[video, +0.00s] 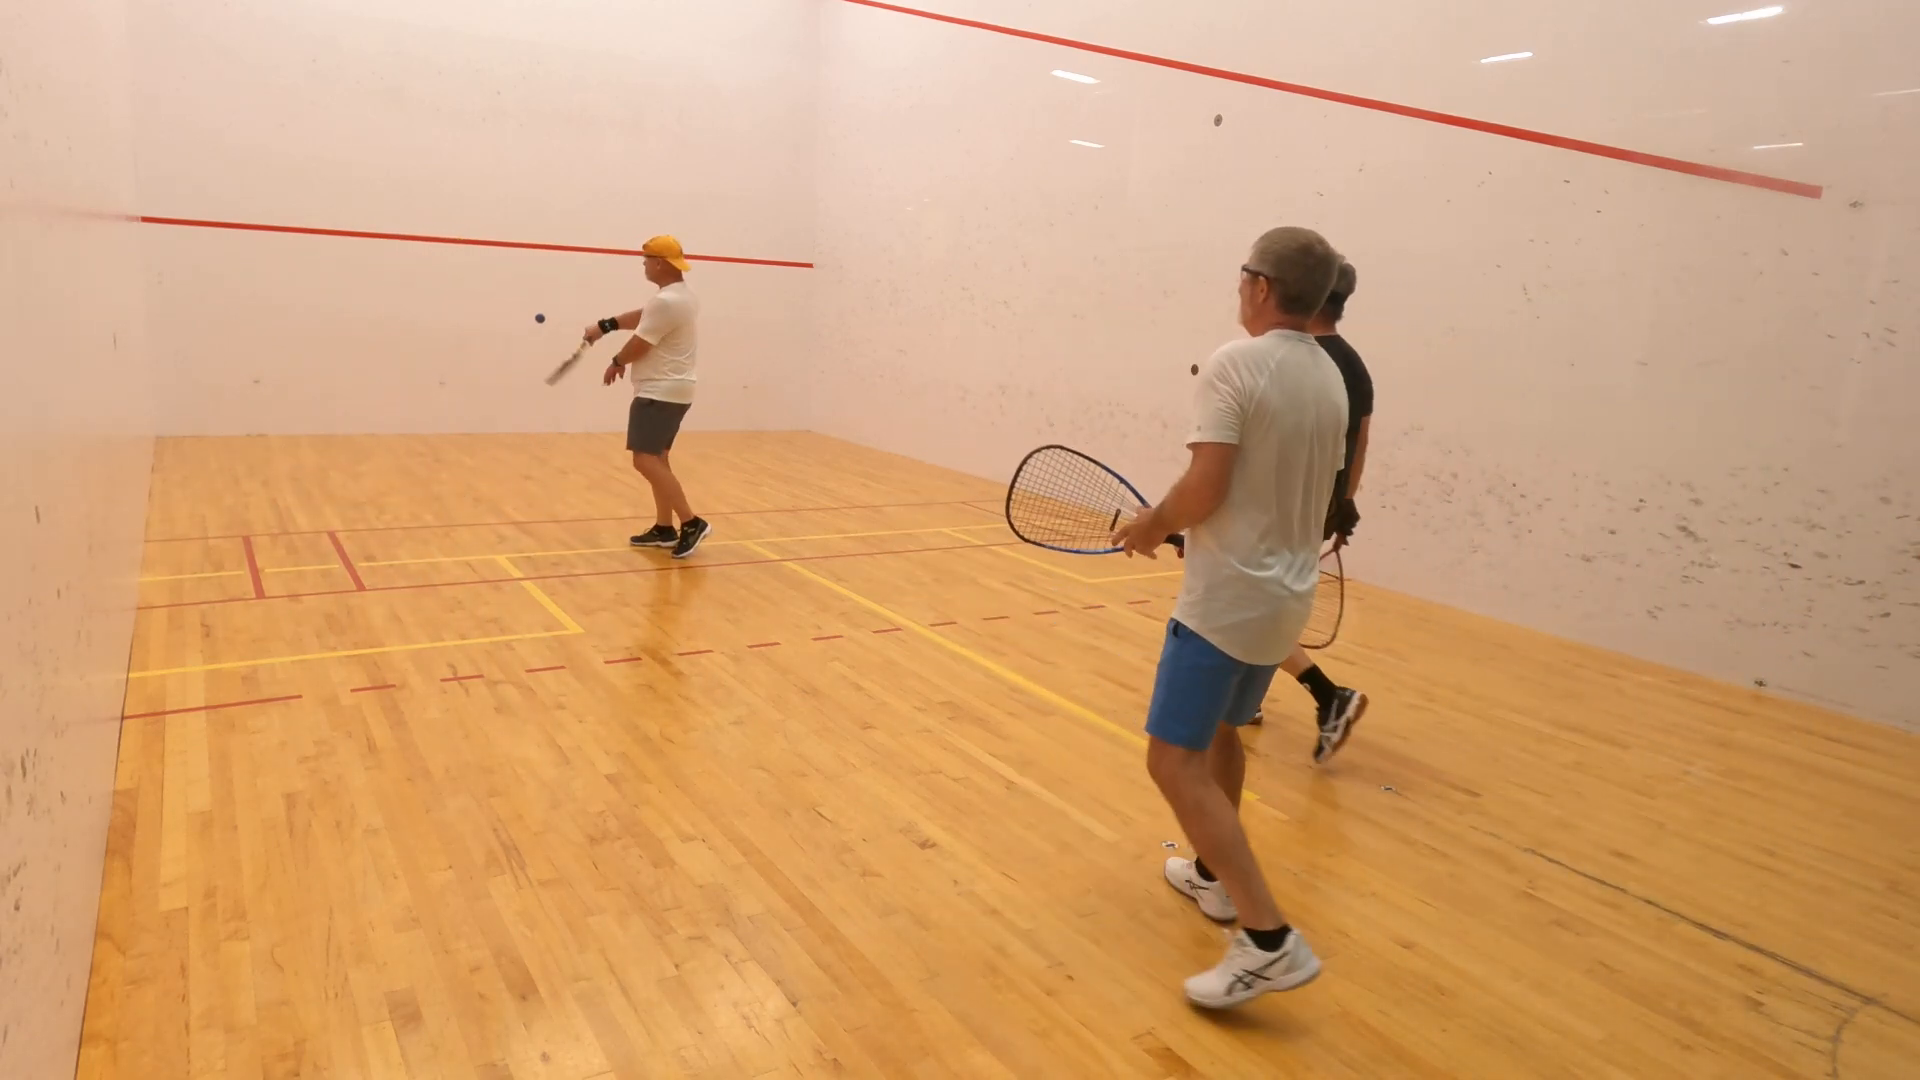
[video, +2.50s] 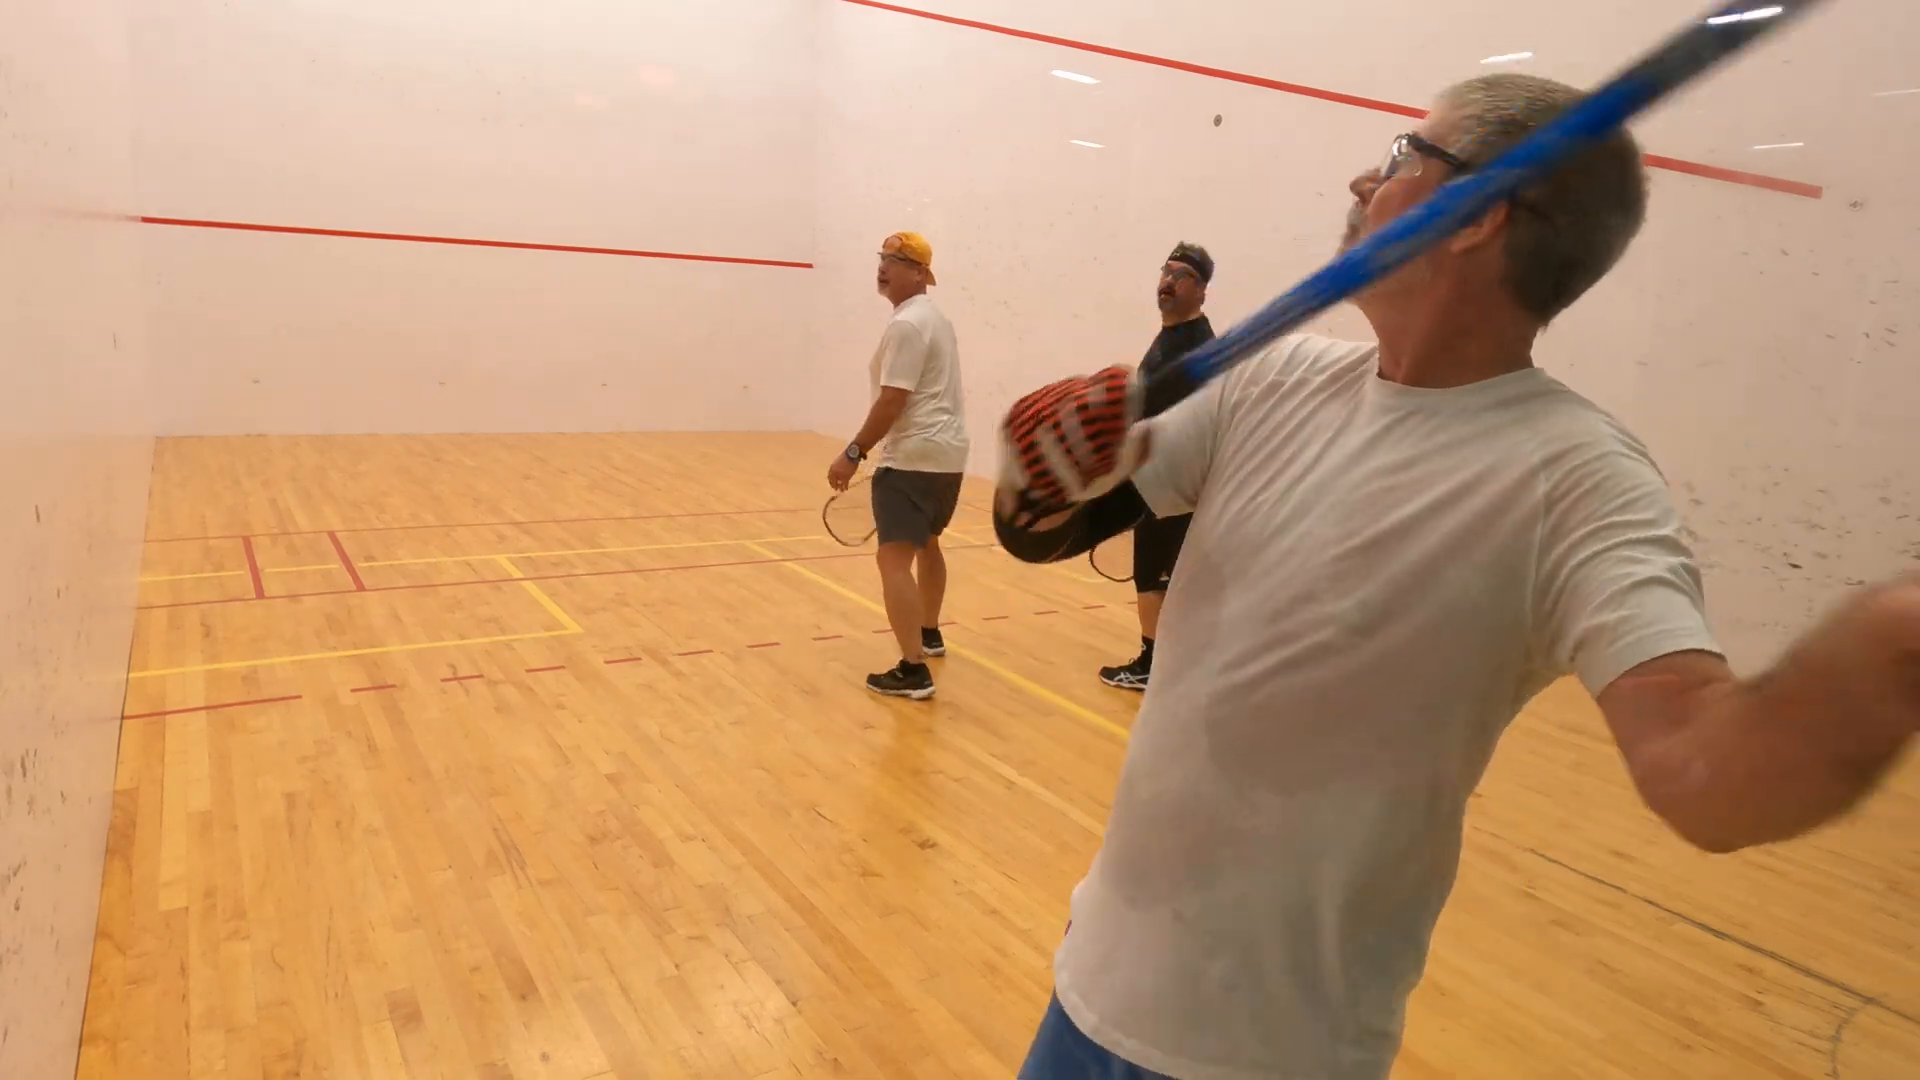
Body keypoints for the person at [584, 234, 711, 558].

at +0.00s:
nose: (644, 266)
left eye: (647, 261)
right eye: (645, 260)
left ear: (662, 265)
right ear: (669, 265)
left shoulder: (665, 302)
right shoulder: (683, 296)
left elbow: (639, 345)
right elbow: (644, 318)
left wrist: (617, 363)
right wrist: (605, 326)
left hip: (658, 394)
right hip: (674, 392)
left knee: (644, 460)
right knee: (657, 458)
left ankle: (691, 523)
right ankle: (664, 527)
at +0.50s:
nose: (656, 259)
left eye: (659, 255)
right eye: (658, 254)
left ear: (666, 261)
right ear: (687, 262)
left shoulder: (656, 302)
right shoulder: (706, 296)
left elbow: (625, 343)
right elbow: (726, 301)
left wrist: (603, 365)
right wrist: (736, 299)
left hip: (661, 399)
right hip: (690, 398)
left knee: (656, 467)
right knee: (670, 463)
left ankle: (687, 539)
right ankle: (666, 525)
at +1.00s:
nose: (704, 267)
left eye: (711, 264)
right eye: (707, 262)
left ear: (730, 272)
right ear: (736, 272)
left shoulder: (717, 311)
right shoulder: (757, 307)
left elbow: (712, 368)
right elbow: (746, 359)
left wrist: (700, 415)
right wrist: (702, 370)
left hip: (712, 417)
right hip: (747, 416)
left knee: (687, 475)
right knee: (743, 483)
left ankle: (687, 543)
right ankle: (762, 552)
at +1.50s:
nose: (764, 280)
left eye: (769, 272)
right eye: (764, 272)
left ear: (792, 273)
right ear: (799, 274)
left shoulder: (785, 316)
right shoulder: (829, 313)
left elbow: (770, 377)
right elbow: (840, 363)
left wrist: (736, 413)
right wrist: (844, 405)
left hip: (786, 426)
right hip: (820, 425)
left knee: (795, 510)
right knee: (790, 501)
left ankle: (832, 588)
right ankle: (773, 561)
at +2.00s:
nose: (842, 275)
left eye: (851, 268)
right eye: (843, 268)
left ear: (876, 276)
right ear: (877, 279)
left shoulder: (867, 319)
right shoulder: (897, 318)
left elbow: (875, 385)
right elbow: (888, 385)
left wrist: (872, 444)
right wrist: (844, 427)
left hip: (858, 447)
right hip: (902, 445)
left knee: (838, 521)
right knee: (900, 531)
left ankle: (835, 598)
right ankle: (923, 617)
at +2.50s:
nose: (880, 269)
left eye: (890, 263)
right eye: (880, 261)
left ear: (918, 273)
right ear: (919, 276)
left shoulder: (907, 325)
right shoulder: (937, 320)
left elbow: (893, 402)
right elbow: (931, 396)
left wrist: (852, 453)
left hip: (913, 459)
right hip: (948, 457)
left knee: (893, 559)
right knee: (928, 544)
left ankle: (912, 669)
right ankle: (928, 631)